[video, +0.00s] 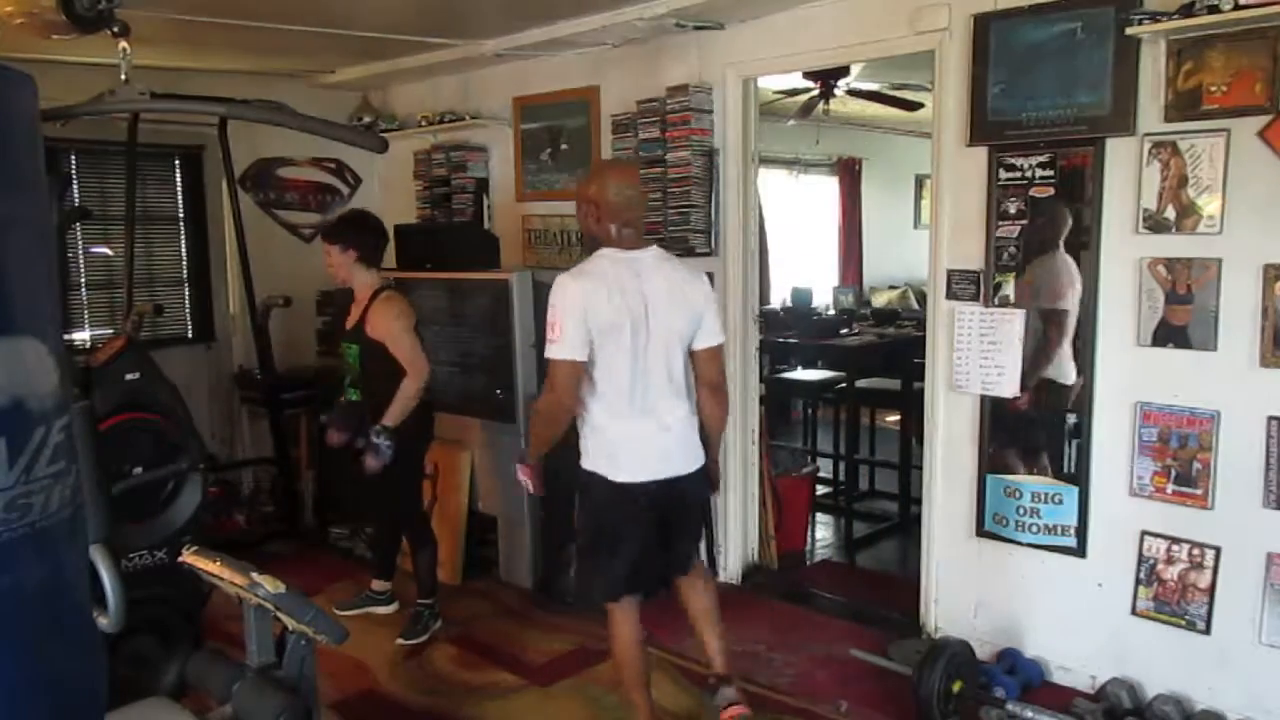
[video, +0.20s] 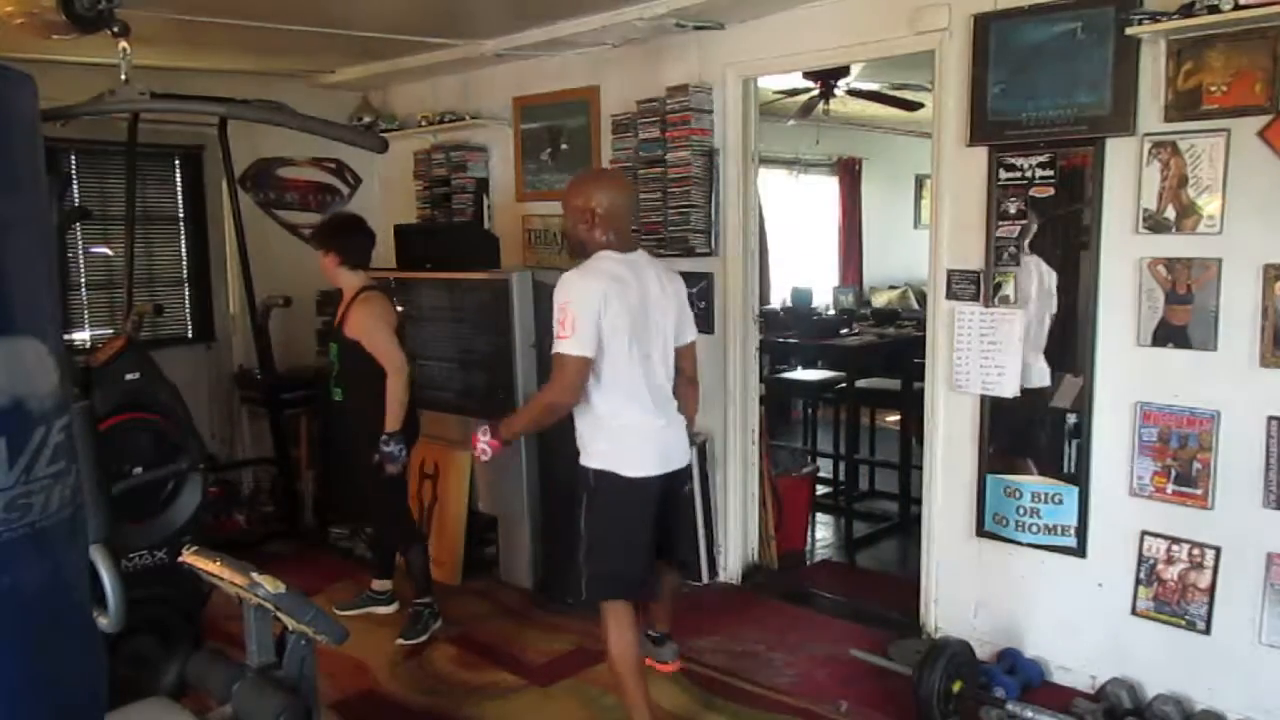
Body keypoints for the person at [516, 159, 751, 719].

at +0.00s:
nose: (579, 218)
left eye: (581, 209)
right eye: (581, 208)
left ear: (596, 211)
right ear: (642, 210)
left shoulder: (576, 286)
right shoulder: (690, 278)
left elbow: (562, 394)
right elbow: (713, 382)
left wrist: (532, 454)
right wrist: (708, 459)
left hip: (614, 476)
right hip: (684, 467)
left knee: (622, 599)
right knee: (691, 568)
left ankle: (641, 711)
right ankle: (725, 685)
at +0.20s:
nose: (563, 227)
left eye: (568, 217)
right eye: (565, 216)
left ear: (594, 219)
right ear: (621, 219)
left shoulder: (582, 283)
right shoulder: (667, 278)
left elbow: (567, 388)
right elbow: (686, 374)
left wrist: (501, 432)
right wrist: (678, 441)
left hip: (617, 464)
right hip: (671, 457)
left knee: (617, 599)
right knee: (662, 554)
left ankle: (640, 712)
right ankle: (660, 641)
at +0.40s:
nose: (555, 230)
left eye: (562, 220)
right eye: (556, 219)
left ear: (598, 223)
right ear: (605, 225)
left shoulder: (596, 290)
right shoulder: (648, 277)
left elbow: (603, 387)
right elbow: (670, 359)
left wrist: (569, 479)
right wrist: (648, 417)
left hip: (615, 457)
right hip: (650, 450)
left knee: (608, 588)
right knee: (624, 554)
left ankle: (643, 711)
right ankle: (640, 640)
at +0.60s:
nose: (555, 223)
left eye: (563, 212)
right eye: (553, 213)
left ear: (599, 215)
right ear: (573, 218)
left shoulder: (621, 272)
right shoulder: (589, 271)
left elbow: (653, 365)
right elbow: (613, 356)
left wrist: (648, 450)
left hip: (623, 443)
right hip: (599, 438)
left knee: (611, 563)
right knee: (611, 556)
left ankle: (657, 697)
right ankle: (639, 646)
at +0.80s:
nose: (567, 230)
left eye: (578, 218)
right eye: (559, 222)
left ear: (603, 222)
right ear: (553, 231)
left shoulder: (636, 278)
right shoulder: (576, 286)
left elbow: (677, 367)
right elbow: (587, 366)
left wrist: (689, 447)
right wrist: (550, 409)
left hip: (640, 441)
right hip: (599, 439)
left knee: (610, 556)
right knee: (608, 551)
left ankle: (701, 609)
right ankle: (643, 647)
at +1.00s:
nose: (582, 216)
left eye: (594, 205)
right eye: (574, 207)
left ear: (618, 212)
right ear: (567, 214)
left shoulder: (648, 269)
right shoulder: (568, 277)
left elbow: (684, 355)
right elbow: (575, 350)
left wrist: (656, 427)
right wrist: (535, 399)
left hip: (644, 432)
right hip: (595, 433)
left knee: (650, 547)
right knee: (610, 539)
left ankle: (725, 610)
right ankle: (642, 640)